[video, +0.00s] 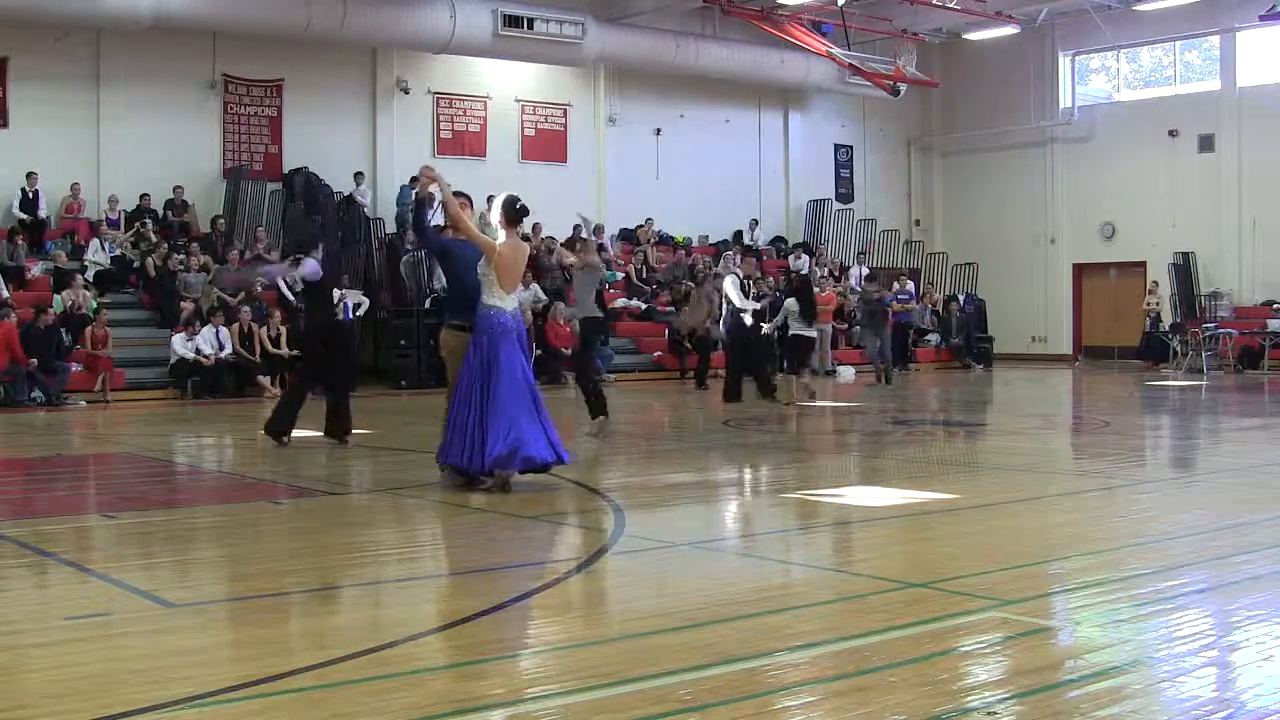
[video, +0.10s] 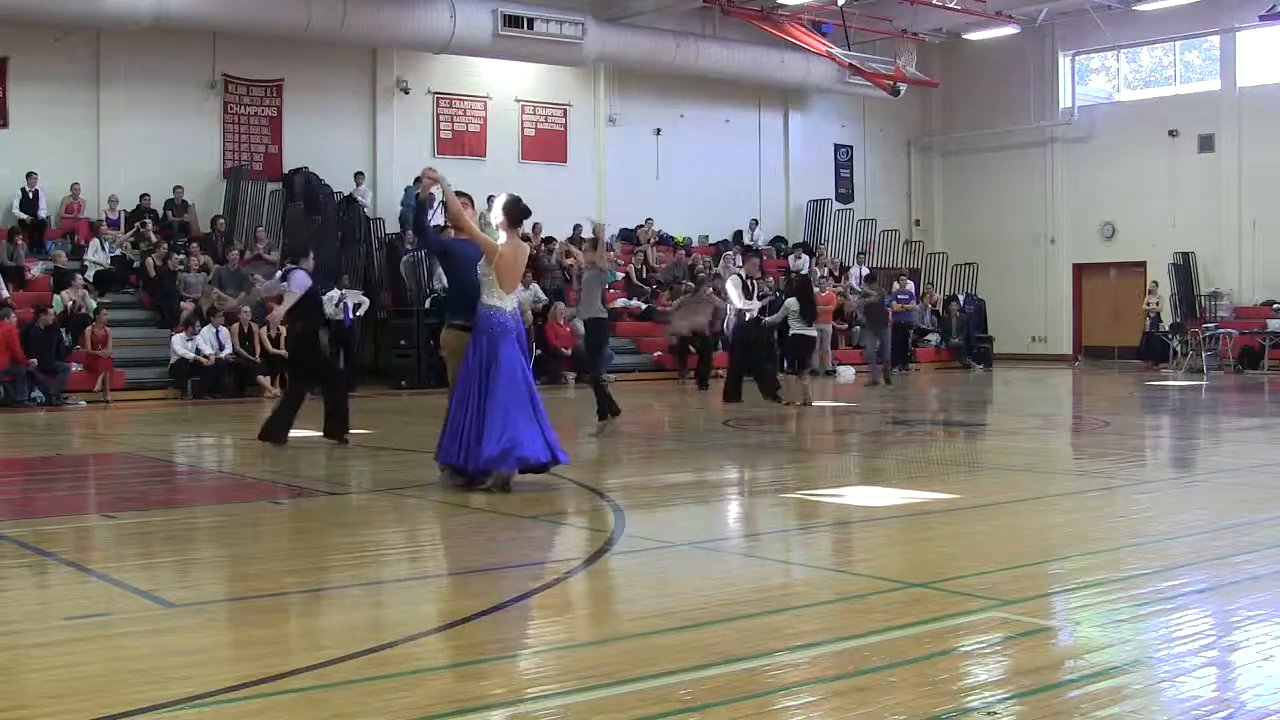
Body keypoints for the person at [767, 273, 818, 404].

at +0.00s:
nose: (789, 286)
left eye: (791, 284)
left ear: (795, 287)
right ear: (808, 287)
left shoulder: (789, 302)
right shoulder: (811, 301)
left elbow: (780, 319)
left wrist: (769, 326)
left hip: (795, 335)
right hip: (811, 335)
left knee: (791, 367)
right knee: (803, 366)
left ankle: (791, 396)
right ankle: (808, 386)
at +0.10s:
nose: (790, 286)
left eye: (792, 284)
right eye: (791, 284)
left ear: (795, 286)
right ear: (808, 286)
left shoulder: (790, 302)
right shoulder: (811, 301)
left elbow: (778, 317)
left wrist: (765, 321)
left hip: (795, 334)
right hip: (811, 335)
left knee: (791, 369)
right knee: (804, 369)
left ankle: (790, 397)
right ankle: (807, 397)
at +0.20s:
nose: (793, 285)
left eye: (794, 283)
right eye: (794, 282)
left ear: (796, 285)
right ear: (809, 285)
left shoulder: (791, 301)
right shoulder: (812, 299)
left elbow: (779, 316)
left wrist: (767, 315)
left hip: (796, 333)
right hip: (811, 334)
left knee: (791, 368)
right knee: (803, 369)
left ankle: (790, 397)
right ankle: (808, 397)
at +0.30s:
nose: (793, 283)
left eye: (794, 281)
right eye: (794, 281)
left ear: (797, 283)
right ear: (809, 283)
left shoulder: (792, 298)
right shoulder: (813, 298)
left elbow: (781, 314)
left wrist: (767, 313)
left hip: (797, 333)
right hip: (811, 333)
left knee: (791, 367)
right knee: (805, 368)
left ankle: (795, 397)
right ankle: (808, 397)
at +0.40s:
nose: (792, 283)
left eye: (794, 281)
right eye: (793, 280)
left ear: (797, 283)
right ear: (809, 282)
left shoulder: (792, 298)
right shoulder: (813, 298)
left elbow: (780, 314)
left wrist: (770, 312)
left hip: (796, 331)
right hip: (810, 331)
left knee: (792, 367)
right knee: (806, 367)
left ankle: (798, 396)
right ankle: (808, 397)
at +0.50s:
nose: (793, 282)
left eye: (794, 280)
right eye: (793, 280)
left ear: (797, 282)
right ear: (809, 282)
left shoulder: (792, 297)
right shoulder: (812, 297)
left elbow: (779, 313)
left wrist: (767, 311)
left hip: (794, 330)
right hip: (809, 330)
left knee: (795, 366)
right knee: (806, 366)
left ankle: (798, 396)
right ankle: (808, 397)